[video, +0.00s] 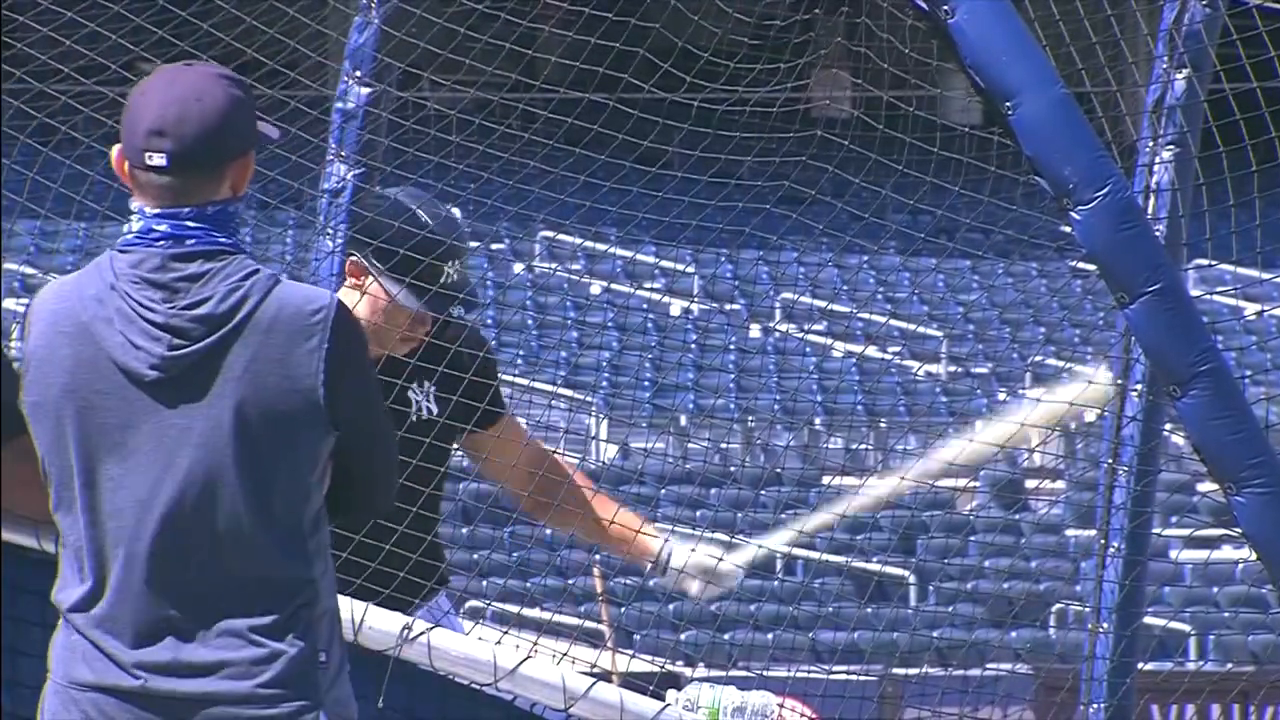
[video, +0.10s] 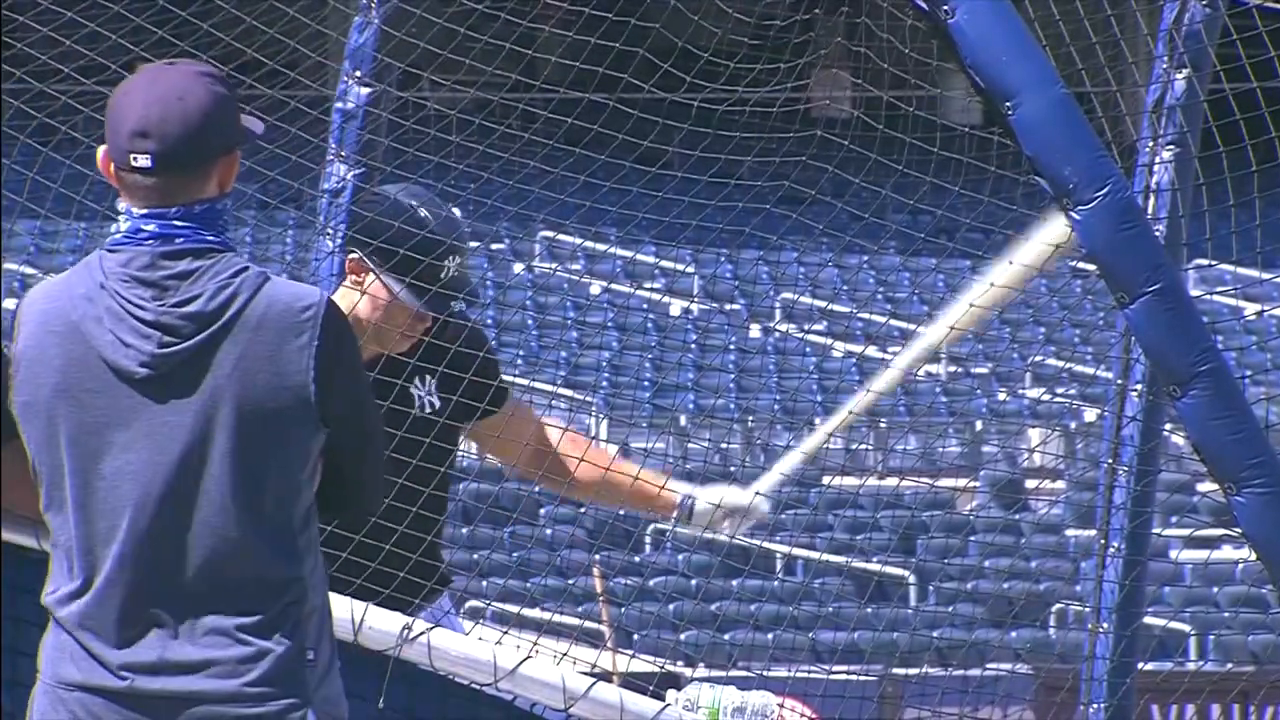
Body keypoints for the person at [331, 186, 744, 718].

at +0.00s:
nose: (427, 325)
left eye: (438, 307)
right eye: (414, 304)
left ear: (450, 295)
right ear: (354, 276)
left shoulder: (452, 353)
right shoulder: (286, 347)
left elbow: (533, 473)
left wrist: (660, 548)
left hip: (418, 618)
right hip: (302, 612)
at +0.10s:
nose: (426, 319)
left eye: (436, 303)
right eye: (415, 299)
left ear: (447, 293)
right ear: (355, 272)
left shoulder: (449, 351)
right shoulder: (285, 345)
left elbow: (540, 451)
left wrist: (681, 501)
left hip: (419, 628)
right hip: (301, 622)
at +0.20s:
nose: (443, 316)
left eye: (451, 299)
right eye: (429, 296)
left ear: (463, 293)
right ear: (370, 274)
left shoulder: (463, 355)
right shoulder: (296, 351)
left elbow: (568, 434)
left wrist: (715, 469)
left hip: (423, 631)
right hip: (305, 620)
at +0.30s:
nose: (469, 319)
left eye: (462, 296)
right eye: (448, 295)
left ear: (471, 305)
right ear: (393, 277)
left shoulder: (488, 366)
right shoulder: (318, 357)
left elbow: (605, 435)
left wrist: (748, 465)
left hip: (439, 649)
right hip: (317, 635)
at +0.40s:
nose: (493, 322)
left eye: (503, 304)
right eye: (479, 300)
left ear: (512, 301)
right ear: (421, 282)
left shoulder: (513, 369)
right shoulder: (339, 368)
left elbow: (630, 452)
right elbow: (301, 520)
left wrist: (768, 492)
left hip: (447, 657)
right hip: (334, 646)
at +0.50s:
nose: (517, 315)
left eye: (524, 299)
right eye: (500, 297)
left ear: (533, 297)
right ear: (437, 281)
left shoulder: (529, 375)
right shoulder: (353, 365)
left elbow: (625, 480)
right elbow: (300, 512)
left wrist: (756, 550)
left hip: (451, 646)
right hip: (335, 632)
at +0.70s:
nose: (542, 297)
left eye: (547, 280)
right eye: (524, 277)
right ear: (462, 269)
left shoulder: (548, 379)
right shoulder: (371, 356)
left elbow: (576, 537)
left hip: (475, 651)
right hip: (355, 636)